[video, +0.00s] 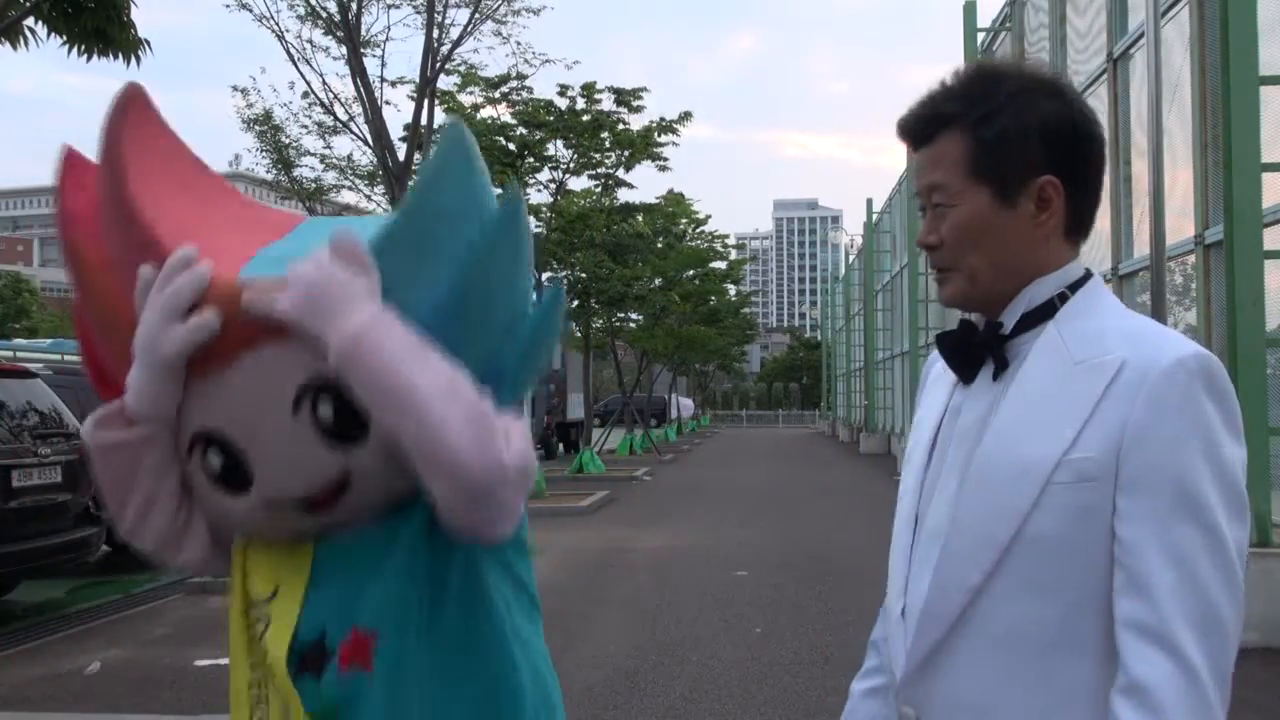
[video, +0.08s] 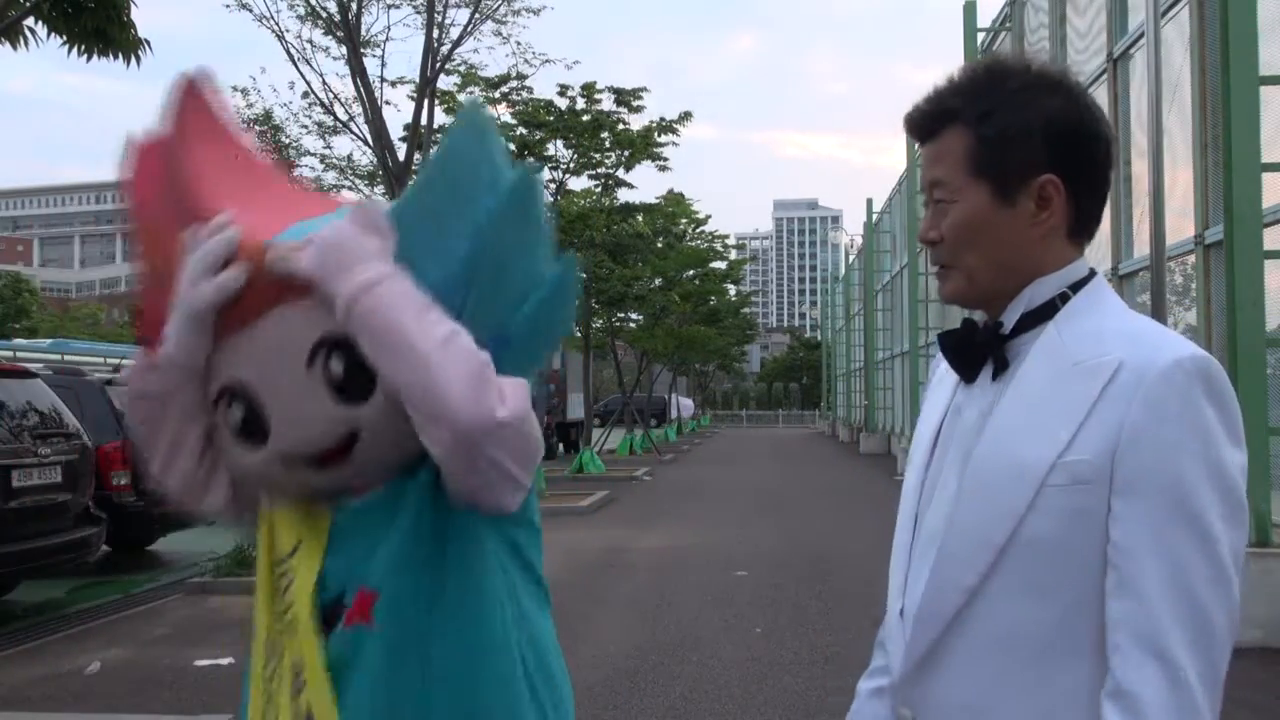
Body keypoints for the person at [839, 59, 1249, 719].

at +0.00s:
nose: (924, 237)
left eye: (939, 206)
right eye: (923, 210)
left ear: (1043, 202)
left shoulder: (1163, 378)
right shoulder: (948, 368)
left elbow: (1173, 685)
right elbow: (902, 614)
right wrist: (866, 710)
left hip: (1049, 708)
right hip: (907, 704)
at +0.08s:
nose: (924, 231)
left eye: (942, 199)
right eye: (926, 202)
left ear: (1044, 203)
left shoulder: (1162, 380)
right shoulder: (957, 367)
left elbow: (1164, 688)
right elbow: (903, 626)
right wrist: (870, 710)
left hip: (1041, 708)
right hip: (907, 704)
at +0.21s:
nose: (923, 228)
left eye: (939, 195)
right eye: (927, 198)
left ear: (1041, 201)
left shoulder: (1159, 381)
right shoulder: (960, 367)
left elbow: (1161, 691)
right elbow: (907, 633)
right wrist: (876, 709)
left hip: (1038, 709)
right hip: (908, 703)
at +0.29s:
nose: (924, 228)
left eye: (939, 195)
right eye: (927, 198)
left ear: (1035, 202)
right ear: (1033, 204)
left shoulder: (1157, 382)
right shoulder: (967, 369)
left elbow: (1171, 694)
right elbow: (916, 633)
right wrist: (882, 710)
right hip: (909, 703)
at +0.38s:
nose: (924, 228)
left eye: (938, 194)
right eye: (927, 198)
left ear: (1032, 202)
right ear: (1032, 204)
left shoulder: (1155, 383)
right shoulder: (972, 368)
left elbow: (1180, 695)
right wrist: (889, 708)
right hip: (908, 702)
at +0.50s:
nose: (923, 228)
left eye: (938, 195)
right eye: (927, 198)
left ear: (1028, 203)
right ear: (1028, 206)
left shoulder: (1154, 383)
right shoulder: (980, 366)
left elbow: (1193, 696)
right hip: (918, 703)